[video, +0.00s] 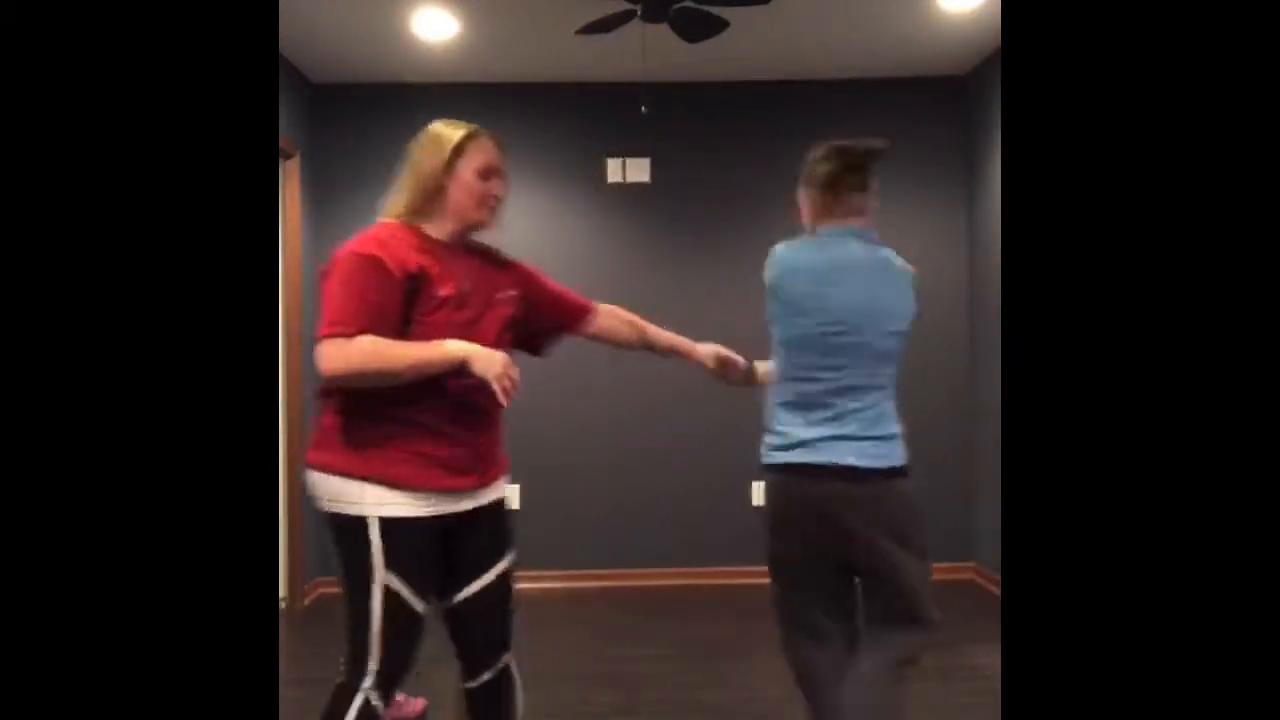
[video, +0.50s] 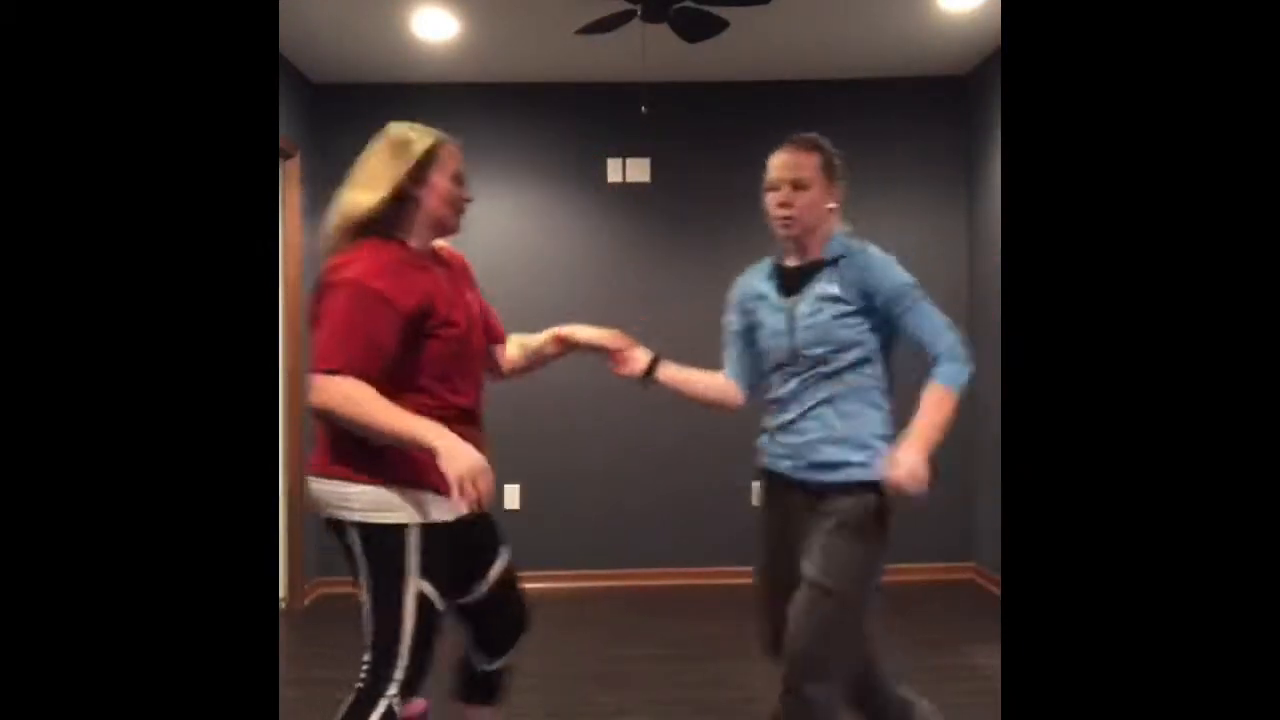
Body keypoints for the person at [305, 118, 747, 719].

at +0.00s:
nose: (498, 189)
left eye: (501, 177)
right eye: (484, 175)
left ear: (503, 186)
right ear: (437, 177)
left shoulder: (499, 274)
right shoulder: (375, 255)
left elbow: (596, 319)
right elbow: (337, 357)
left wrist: (694, 349)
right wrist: (460, 352)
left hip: (474, 494)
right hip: (378, 497)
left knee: (490, 670)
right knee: (376, 674)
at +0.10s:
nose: (462, 192)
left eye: (463, 178)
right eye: (450, 176)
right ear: (402, 174)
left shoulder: (455, 270)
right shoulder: (345, 251)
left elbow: (549, 309)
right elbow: (326, 358)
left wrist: (658, 324)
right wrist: (451, 354)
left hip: (436, 489)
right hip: (351, 493)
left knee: (461, 646)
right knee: (364, 666)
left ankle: (433, 711)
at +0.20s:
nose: (436, 188)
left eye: (437, 174)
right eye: (425, 172)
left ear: (388, 176)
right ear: (378, 170)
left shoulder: (424, 259)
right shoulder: (323, 252)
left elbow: (522, 297)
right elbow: (314, 366)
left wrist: (633, 300)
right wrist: (443, 357)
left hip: (413, 486)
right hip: (341, 491)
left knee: (432, 639)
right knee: (358, 663)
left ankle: (399, 707)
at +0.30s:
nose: (428, 185)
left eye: (427, 171)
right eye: (416, 168)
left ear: (379, 174)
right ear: (369, 168)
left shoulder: (418, 257)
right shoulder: (314, 258)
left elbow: (511, 305)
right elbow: (298, 380)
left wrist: (614, 298)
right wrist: (433, 373)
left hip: (409, 489)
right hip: (340, 492)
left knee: (430, 642)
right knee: (363, 665)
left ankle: (395, 708)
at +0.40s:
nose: (440, 185)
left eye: (439, 173)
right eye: (426, 171)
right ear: (378, 173)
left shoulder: (426, 259)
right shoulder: (331, 266)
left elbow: (496, 329)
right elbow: (299, 387)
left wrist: (588, 315)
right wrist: (429, 409)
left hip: (419, 484)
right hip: (349, 491)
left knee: (457, 631)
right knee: (372, 666)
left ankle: (397, 711)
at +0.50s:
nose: (465, 197)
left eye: (464, 183)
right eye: (454, 181)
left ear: (417, 188)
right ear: (409, 185)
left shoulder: (448, 265)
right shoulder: (367, 272)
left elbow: (500, 357)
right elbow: (329, 387)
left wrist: (557, 339)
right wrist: (440, 439)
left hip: (446, 491)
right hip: (382, 497)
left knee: (501, 623)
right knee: (396, 670)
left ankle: (473, 711)